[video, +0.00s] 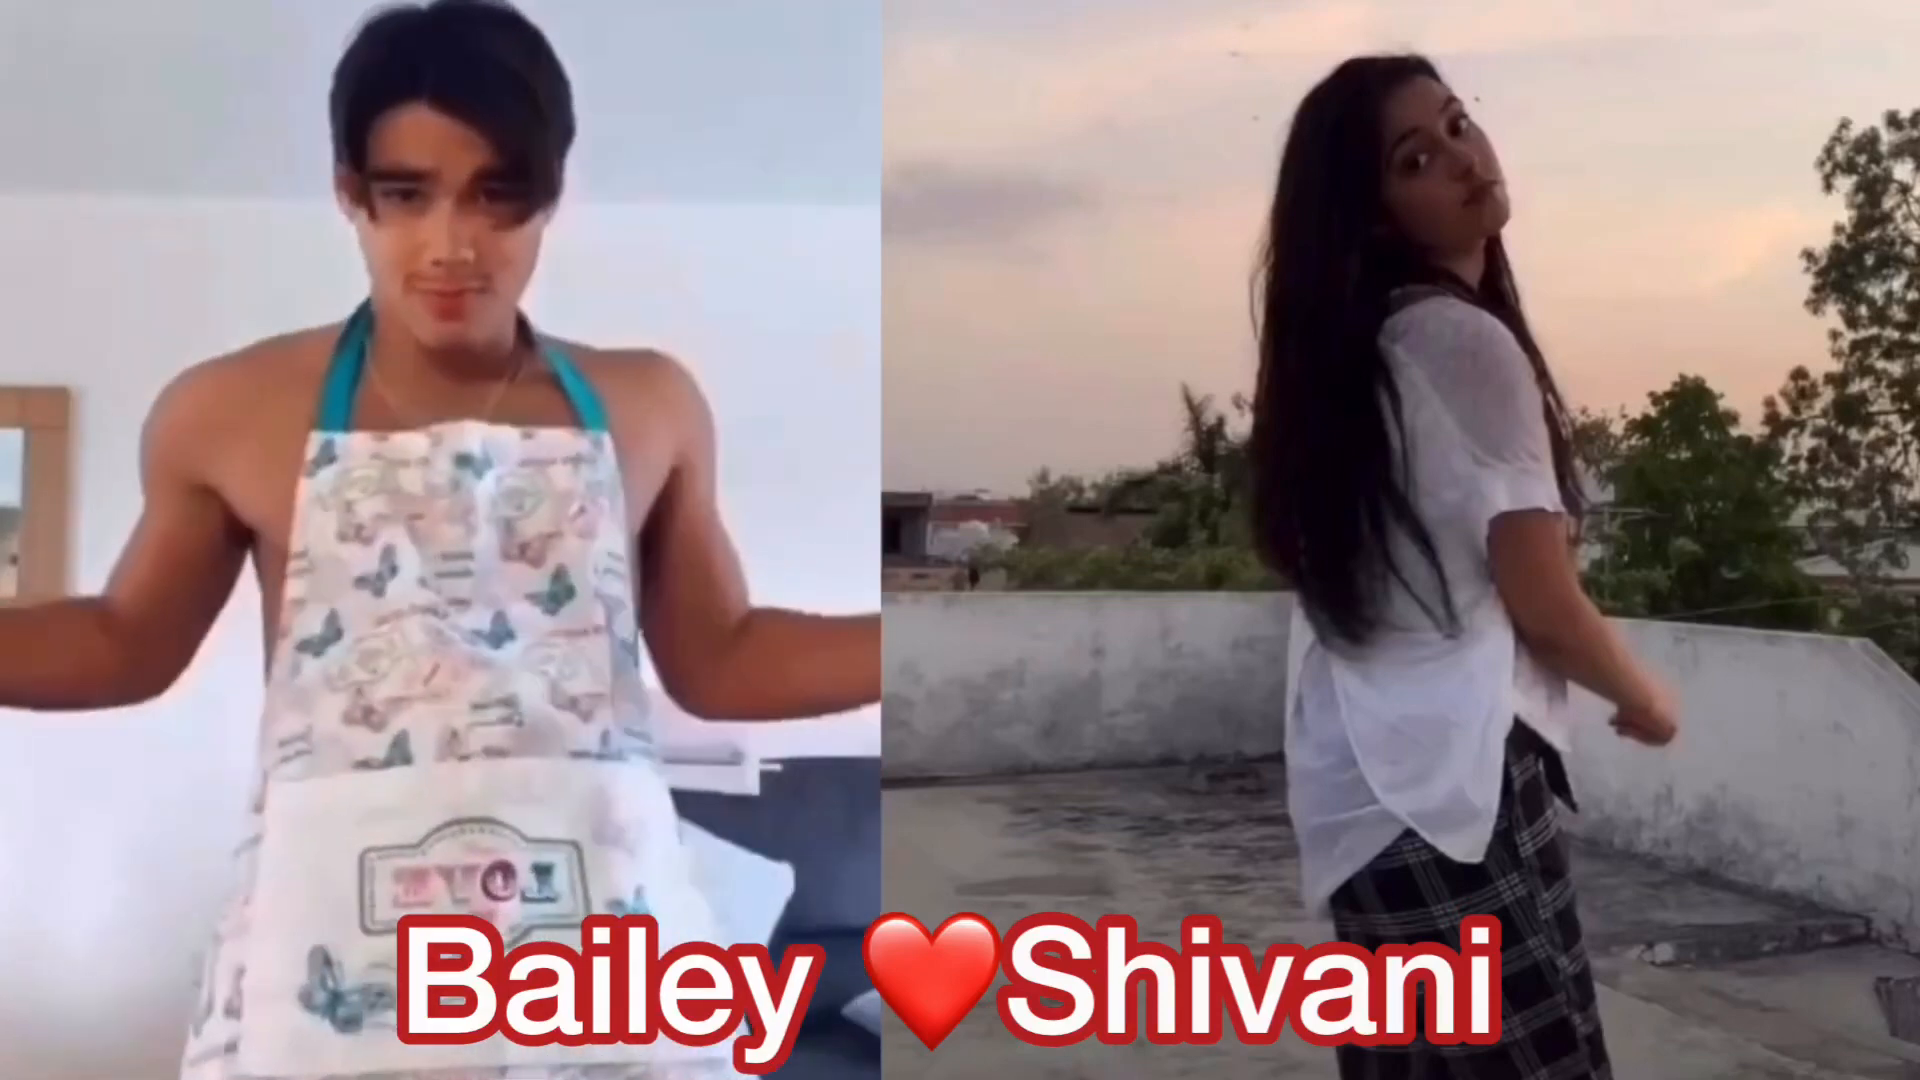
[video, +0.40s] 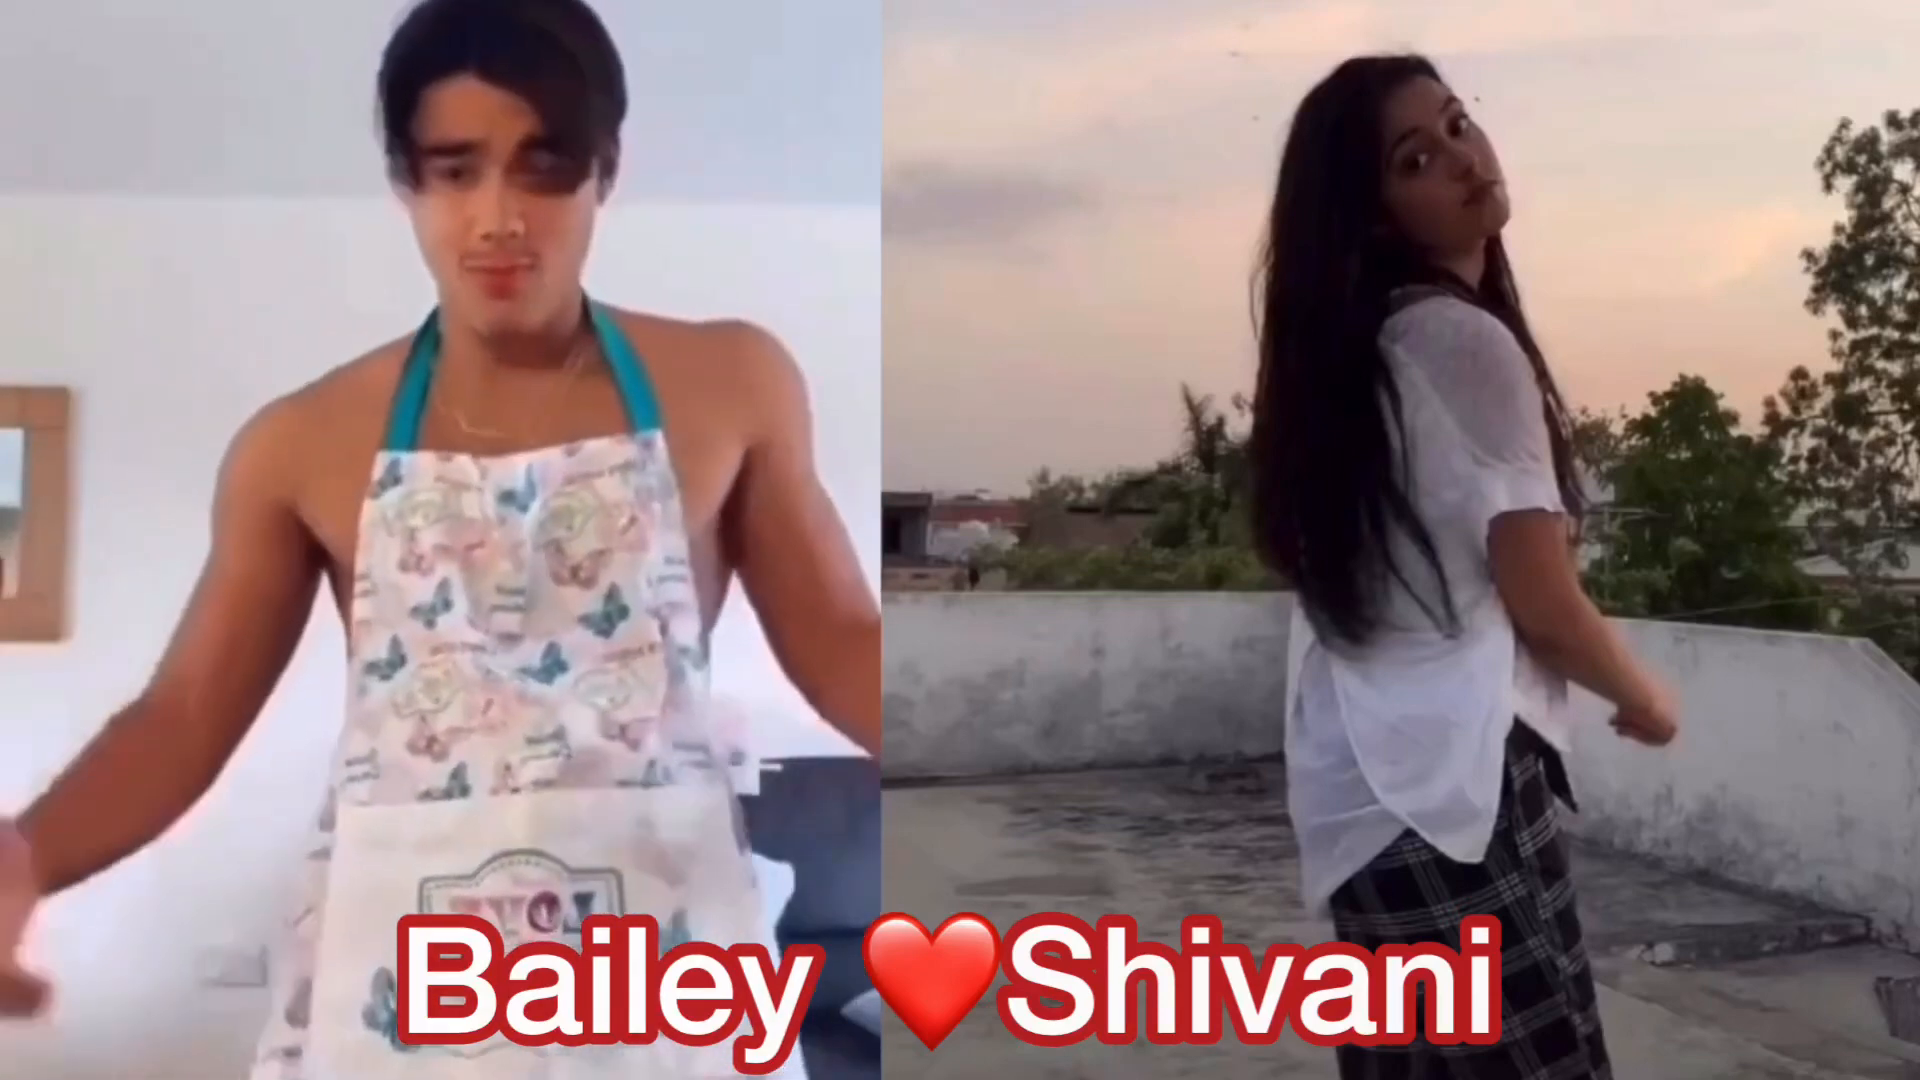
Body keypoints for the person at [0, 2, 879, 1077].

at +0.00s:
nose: (450, 247)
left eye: (498, 198)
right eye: (404, 196)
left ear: (553, 201)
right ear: (351, 199)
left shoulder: (648, 407)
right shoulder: (230, 417)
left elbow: (719, 661)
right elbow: (126, 643)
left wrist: (967, 639)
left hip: (606, 937)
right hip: (333, 948)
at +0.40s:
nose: (497, 219)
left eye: (542, 169)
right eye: (454, 170)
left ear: (604, 177)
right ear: (404, 187)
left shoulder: (731, 388)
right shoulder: (305, 444)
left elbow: (855, 664)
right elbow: (180, 721)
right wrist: (28, 855)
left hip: (667, 935)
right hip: (402, 946)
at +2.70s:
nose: (502, 271)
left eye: (548, 224)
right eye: (460, 224)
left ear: (606, 230)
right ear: (412, 230)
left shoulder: (673, 422)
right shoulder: (289, 426)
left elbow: (824, 160)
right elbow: (211, 724)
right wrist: (117, 1005)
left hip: (576, 1011)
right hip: (302, 1003)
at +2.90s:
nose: (538, 261)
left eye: (587, 212)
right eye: (493, 212)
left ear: (647, 199)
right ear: (444, 211)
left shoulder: (722, 377)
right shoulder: (354, 368)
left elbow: (853, 84)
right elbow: (247, 659)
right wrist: (139, 920)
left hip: (575, 976)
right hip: (297, 953)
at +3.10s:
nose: (604, 323)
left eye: (649, 272)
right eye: (562, 276)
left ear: (710, 272)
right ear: (516, 284)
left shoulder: (804, 430)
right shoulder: (427, 472)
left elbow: (949, 159)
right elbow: (303, 760)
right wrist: (148, 988)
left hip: (661, 995)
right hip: (390, 958)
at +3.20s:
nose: (624, 353)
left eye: (671, 303)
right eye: (579, 308)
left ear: (735, 305)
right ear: (533, 315)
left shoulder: (818, 450)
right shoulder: (451, 549)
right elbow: (321, 820)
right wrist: (157, 1041)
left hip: (758, 1022)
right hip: (507, 1012)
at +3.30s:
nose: (631, 359)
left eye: (682, 308)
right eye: (586, 310)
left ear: (743, 317)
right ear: (536, 321)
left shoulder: (821, 444)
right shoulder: (457, 592)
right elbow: (332, 873)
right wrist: (188, 1066)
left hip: (816, 1037)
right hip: (568, 1038)